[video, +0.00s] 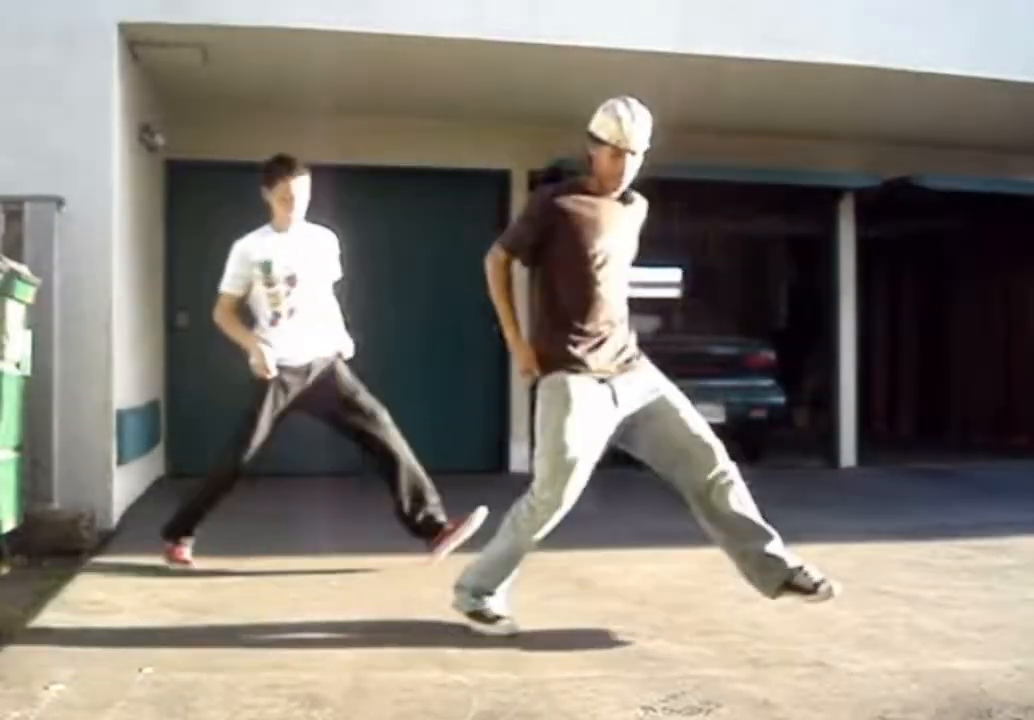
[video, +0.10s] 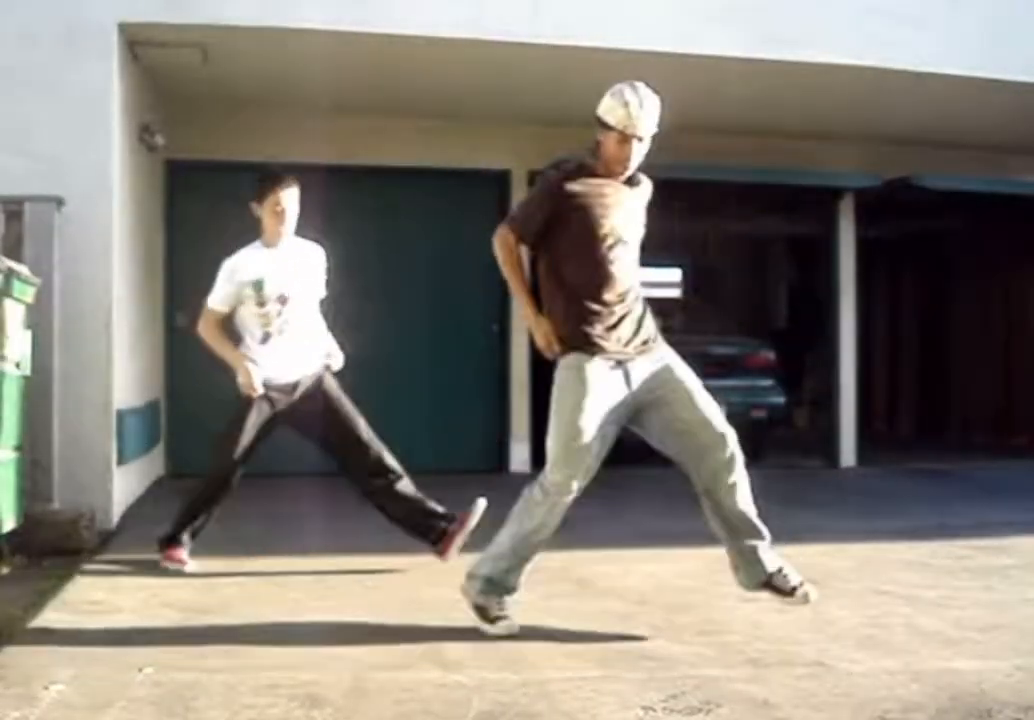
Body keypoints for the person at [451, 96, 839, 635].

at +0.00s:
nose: (615, 162)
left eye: (625, 152)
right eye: (607, 149)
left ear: (640, 156)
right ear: (591, 148)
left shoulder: (634, 210)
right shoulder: (554, 206)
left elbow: (602, 274)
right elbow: (497, 260)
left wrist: (607, 336)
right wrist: (517, 343)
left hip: (629, 367)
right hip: (570, 377)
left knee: (709, 465)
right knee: (554, 495)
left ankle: (776, 571)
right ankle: (478, 589)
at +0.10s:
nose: (627, 151)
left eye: (638, 141)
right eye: (619, 137)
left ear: (649, 143)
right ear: (599, 131)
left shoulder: (640, 189)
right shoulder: (562, 187)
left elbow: (609, 252)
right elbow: (506, 240)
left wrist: (621, 310)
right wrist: (533, 315)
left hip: (646, 349)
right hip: (588, 360)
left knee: (717, 447)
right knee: (563, 480)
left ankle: (759, 565)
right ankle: (489, 584)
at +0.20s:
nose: (643, 133)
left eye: (653, 122)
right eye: (634, 120)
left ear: (666, 124)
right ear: (615, 116)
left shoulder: (664, 169)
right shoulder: (581, 170)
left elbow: (634, 229)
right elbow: (520, 216)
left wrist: (652, 280)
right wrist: (553, 289)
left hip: (671, 325)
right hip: (614, 331)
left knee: (721, 438)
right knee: (609, 457)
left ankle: (696, 549)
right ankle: (552, 577)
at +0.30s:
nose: (667, 148)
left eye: (678, 137)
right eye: (658, 135)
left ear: (694, 139)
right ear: (642, 132)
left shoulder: (701, 185)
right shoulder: (612, 188)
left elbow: (704, 225)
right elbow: (562, 243)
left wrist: (735, 263)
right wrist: (580, 307)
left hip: (694, 341)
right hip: (639, 341)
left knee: (687, 469)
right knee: (669, 467)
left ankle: (618, 556)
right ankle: (710, 595)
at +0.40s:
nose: (691, 165)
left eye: (701, 155)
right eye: (682, 153)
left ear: (715, 154)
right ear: (665, 151)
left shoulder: (727, 208)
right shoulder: (631, 207)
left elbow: (763, 262)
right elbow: (591, 274)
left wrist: (770, 276)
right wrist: (625, 314)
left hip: (712, 368)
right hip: (657, 365)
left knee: (683, 480)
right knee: (695, 480)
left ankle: (621, 559)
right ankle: (740, 594)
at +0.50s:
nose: (721, 144)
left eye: (732, 134)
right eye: (713, 132)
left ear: (748, 129)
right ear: (698, 123)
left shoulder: (763, 169)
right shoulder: (664, 169)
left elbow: (826, 217)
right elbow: (598, 213)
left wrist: (789, 206)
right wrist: (664, 220)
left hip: (738, 345)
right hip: (677, 340)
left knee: (746, 463)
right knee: (678, 461)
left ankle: (671, 551)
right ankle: (704, 594)